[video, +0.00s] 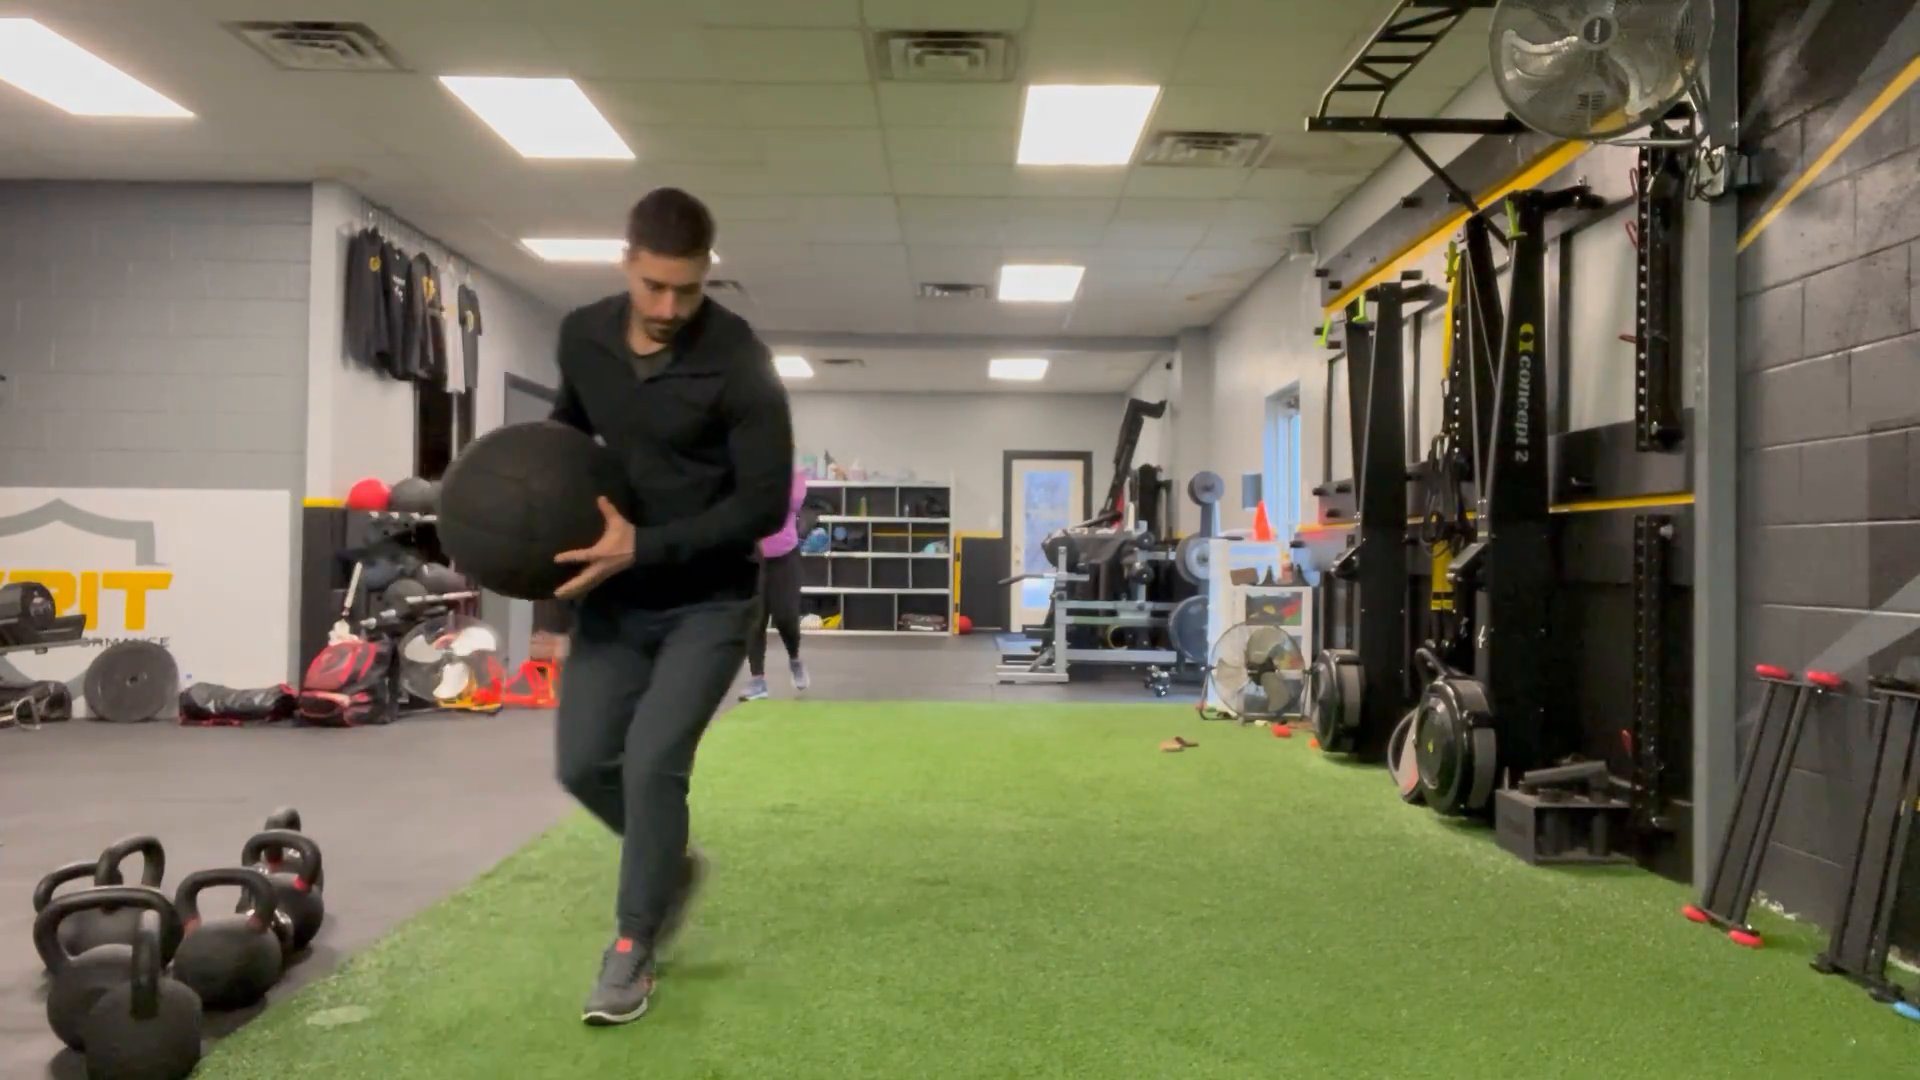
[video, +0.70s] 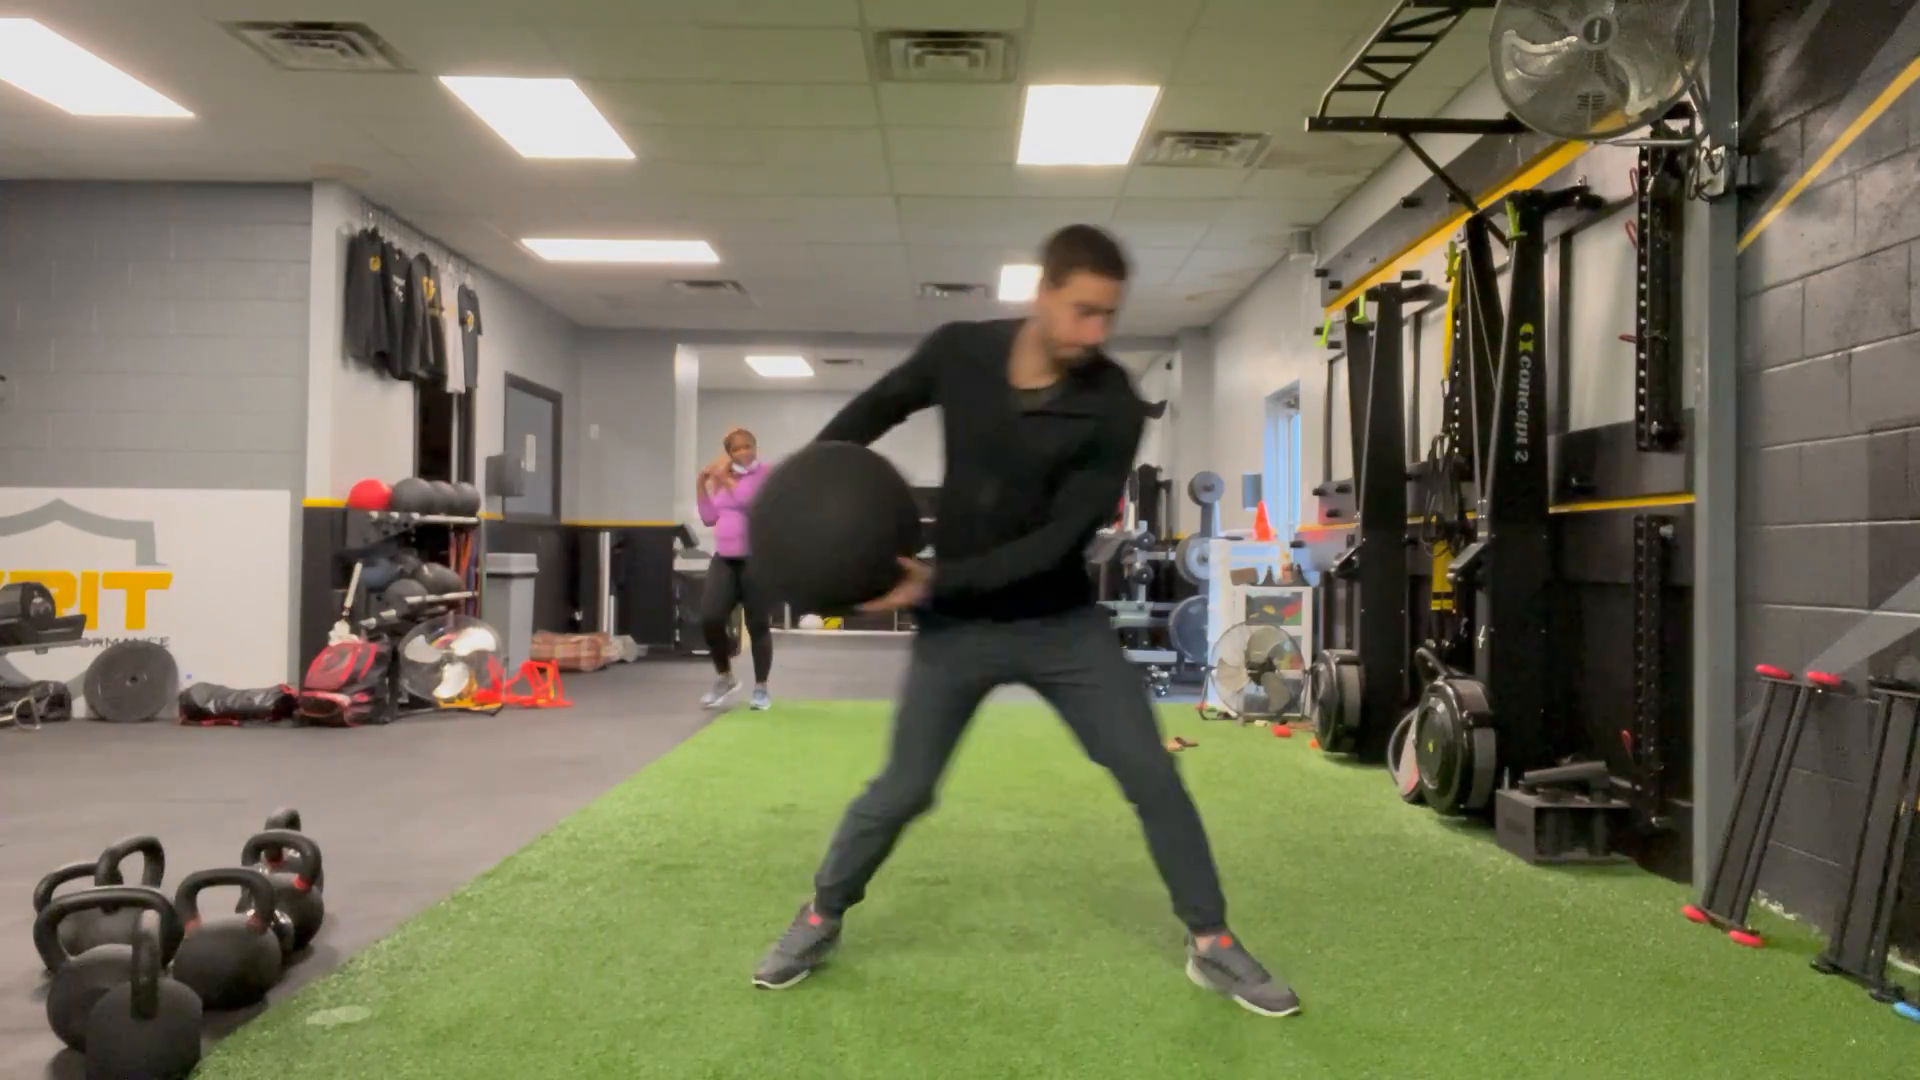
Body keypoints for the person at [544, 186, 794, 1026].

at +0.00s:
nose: (668, 306)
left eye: (685, 289)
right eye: (654, 286)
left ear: (708, 275)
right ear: (627, 265)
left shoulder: (740, 360)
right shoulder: (586, 336)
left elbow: (766, 502)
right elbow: (567, 449)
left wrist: (646, 544)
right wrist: (541, 554)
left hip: (713, 597)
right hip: (617, 594)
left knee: (652, 759)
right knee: (582, 766)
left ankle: (633, 941)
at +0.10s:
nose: (711, 307)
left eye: (727, 291)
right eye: (697, 288)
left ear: (748, 278)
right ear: (667, 265)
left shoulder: (776, 361)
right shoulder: (624, 337)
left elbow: (803, 504)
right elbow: (606, 437)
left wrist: (683, 547)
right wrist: (570, 513)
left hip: (747, 602)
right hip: (653, 600)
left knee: (670, 765)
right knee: (637, 772)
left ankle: (634, 949)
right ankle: (762, 879)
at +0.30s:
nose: (801, 321)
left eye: (817, 305)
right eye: (786, 302)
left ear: (836, 291)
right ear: (753, 281)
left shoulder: (865, 377)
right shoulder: (714, 345)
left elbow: (881, 520)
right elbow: (701, 441)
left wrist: (765, 562)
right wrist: (657, 522)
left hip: (841, 595)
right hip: (750, 595)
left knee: (747, 734)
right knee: (745, 757)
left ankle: (683, 930)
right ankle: (817, 921)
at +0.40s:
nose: (853, 329)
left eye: (868, 312)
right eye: (838, 310)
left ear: (886, 299)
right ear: (805, 287)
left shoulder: (909, 383)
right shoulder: (758, 350)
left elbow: (922, 527)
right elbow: (738, 442)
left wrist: (802, 571)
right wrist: (702, 522)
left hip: (889, 593)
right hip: (794, 592)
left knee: (815, 722)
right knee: (761, 763)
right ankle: (817, 918)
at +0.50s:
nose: (910, 339)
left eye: (925, 322)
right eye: (894, 319)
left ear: (942, 309)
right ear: (859, 296)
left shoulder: (960, 397)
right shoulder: (809, 353)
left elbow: (955, 541)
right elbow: (789, 421)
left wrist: (835, 578)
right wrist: (747, 467)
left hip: (937, 598)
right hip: (841, 598)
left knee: (928, 750)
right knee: (789, 762)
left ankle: (962, 934)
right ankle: (821, 922)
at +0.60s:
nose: (987, 342)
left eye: (1000, 326)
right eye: (974, 322)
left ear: (1013, 315)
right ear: (931, 299)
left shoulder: (1022, 408)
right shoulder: (874, 356)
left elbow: (993, 549)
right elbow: (816, 440)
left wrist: (872, 581)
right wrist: (770, 463)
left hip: (988, 616)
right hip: (882, 612)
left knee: (1052, 769)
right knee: (823, 769)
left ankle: (1142, 922)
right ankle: (824, 923)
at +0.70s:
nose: (1097, 331)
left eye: (1108, 315)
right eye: (1085, 311)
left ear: (1116, 311)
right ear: (1041, 293)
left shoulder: (1113, 406)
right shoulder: (961, 351)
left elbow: (1063, 538)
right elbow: (876, 407)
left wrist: (938, 578)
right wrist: (810, 478)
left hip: (1064, 622)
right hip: (959, 623)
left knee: (1151, 772)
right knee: (906, 786)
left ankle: (1211, 939)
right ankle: (822, 916)